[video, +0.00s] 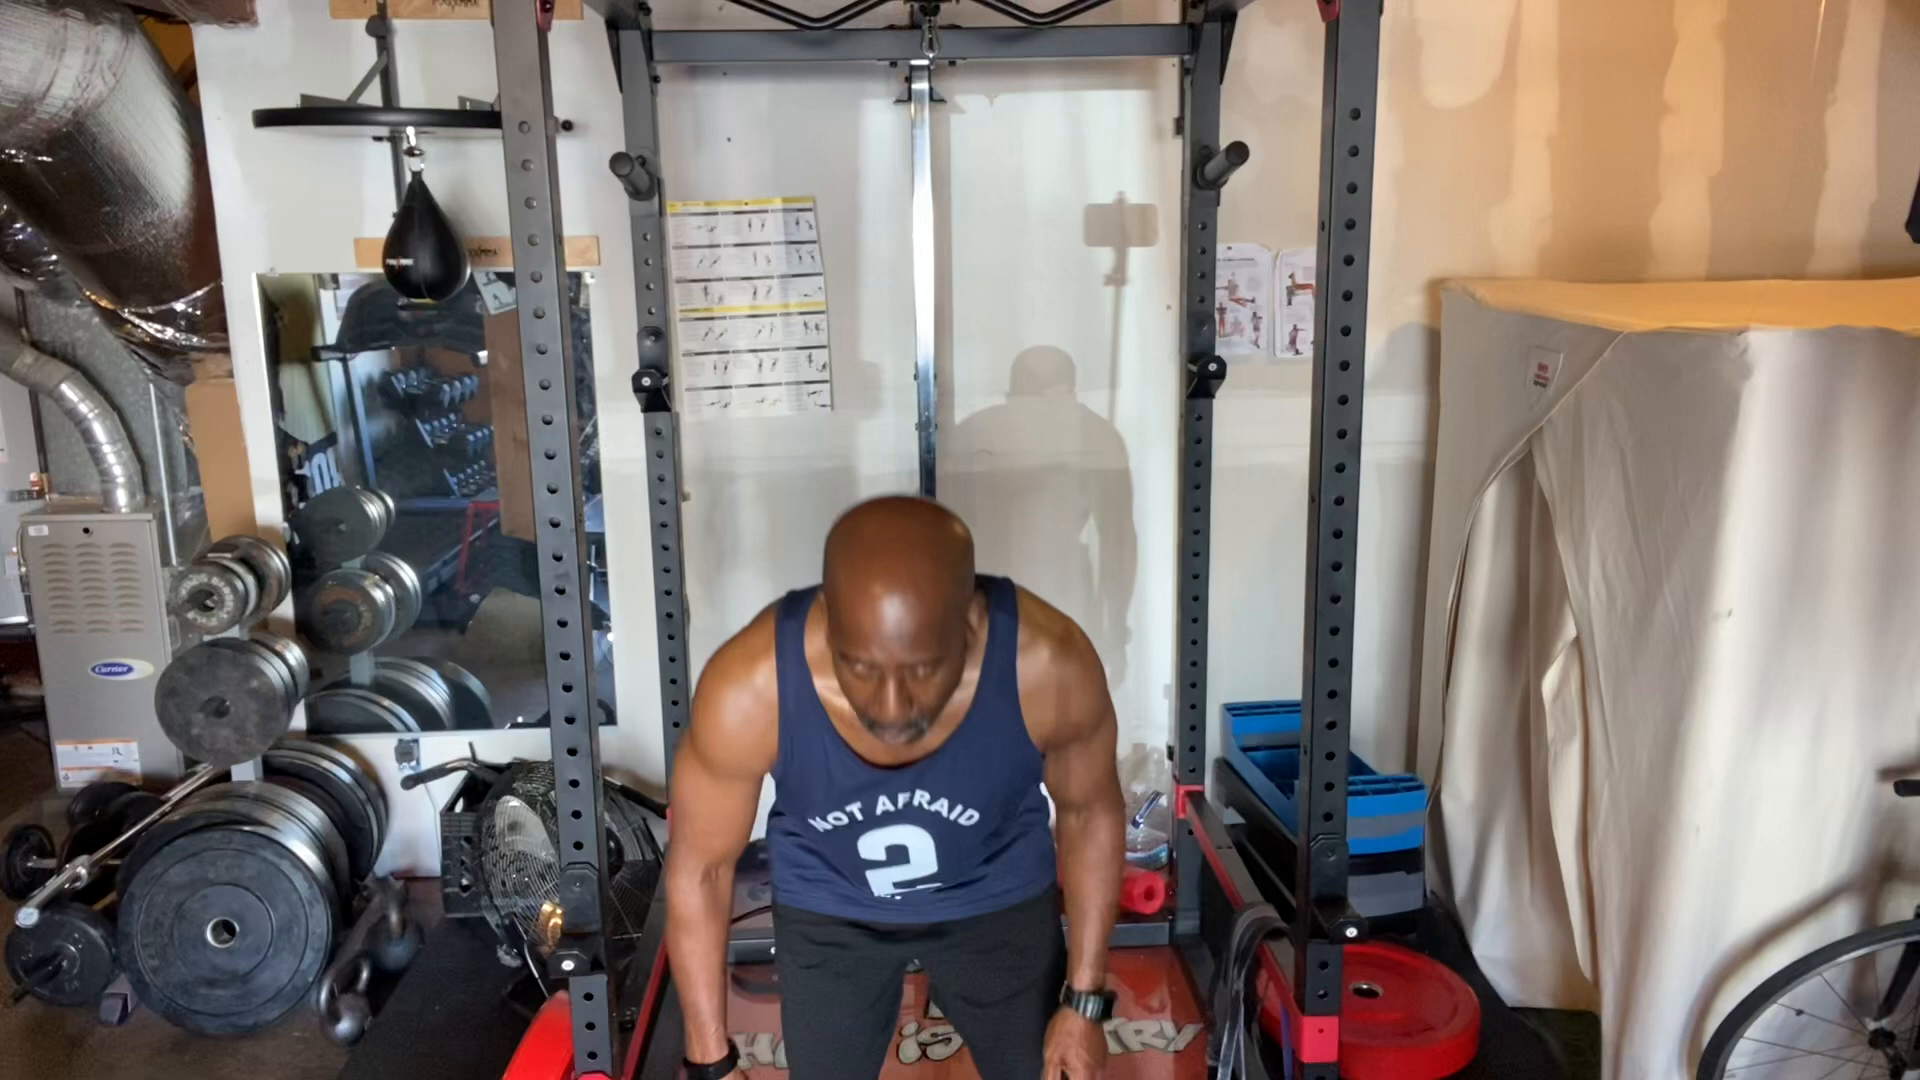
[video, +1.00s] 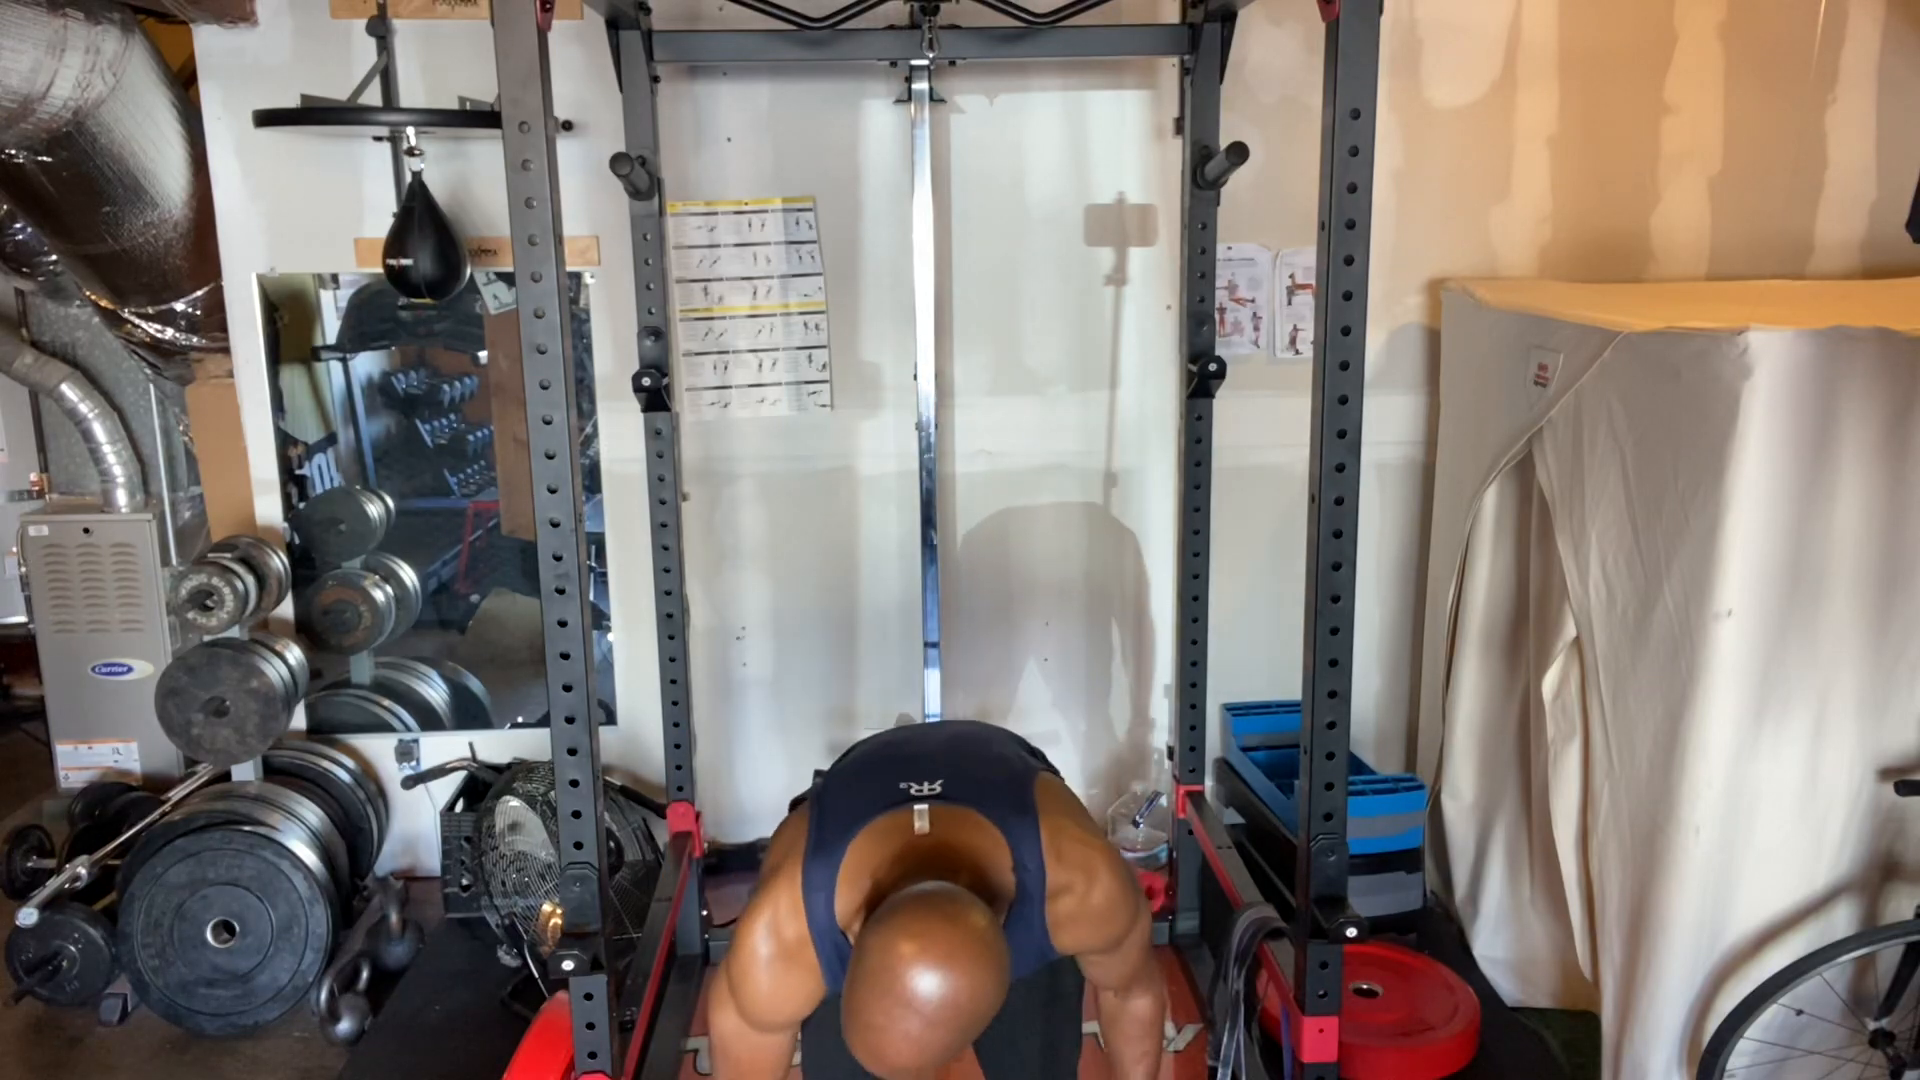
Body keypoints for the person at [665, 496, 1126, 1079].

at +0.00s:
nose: (891, 707)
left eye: (920, 672)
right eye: (862, 670)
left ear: (974, 622)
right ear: (828, 624)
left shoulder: (1050, 668)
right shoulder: (746, 693)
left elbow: (1089, 811)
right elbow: (700, 869)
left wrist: (1087, 999)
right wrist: (709, 1057)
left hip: (998, 906)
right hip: (831, 912)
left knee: (1031, 1067)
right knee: (825, 1068)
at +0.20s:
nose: (896, 812)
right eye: (879, 784)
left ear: (1001, 730)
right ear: (854, 713)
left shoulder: (1080, 725)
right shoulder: (777, 738)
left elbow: (1116, 870)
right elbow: (725, 916)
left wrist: (1111, 1049)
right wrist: (719, 1068)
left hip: (1017, 911)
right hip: (849, 913)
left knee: (1043, 1065)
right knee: (834, 1069)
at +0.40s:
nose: (913, 883)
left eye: (943, 877)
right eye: (900, 865)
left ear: (1030, 808)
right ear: (880, 779)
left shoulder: (1109, 770)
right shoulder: (798, 788)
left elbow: (1140, 900)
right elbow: (752, 963)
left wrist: (1137, 1061)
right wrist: (749, 1072)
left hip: (1031, 909)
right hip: (862, 910)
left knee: (1054, 1069)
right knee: (843, 1069)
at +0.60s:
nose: (938, 973)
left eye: (960, 958)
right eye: (910, 954)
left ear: (1032, 882)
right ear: (881, 859)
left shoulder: (1111, 816)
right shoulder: (801, 860)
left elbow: (1143, 926)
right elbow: (751, 1034)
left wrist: (1145, 1067)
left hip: (1040, 899)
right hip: (861, 909)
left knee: (1059, 1065)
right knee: (847, 1068)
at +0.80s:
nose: (926, 1048)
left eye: (947, 1034)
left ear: (1027, 932)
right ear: (869, 912)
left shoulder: (1100, 862)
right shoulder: (788, 925)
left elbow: (1136, 952)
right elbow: (750, 1070)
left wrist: (1139, 1071)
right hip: (848, 781)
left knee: (1061, 1061)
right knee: (843, 1062)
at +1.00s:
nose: (895, 1074)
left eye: (924, 1070)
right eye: (878, 1064)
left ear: (1006, 946)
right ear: (852, 958)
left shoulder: (1090, 895)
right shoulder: (772, 958)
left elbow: (1132, 994)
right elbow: (744, 1067)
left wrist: (1134, 1076)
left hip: (1015, 771)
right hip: (848, 781)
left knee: (1035, 1059)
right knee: (837, 1059)